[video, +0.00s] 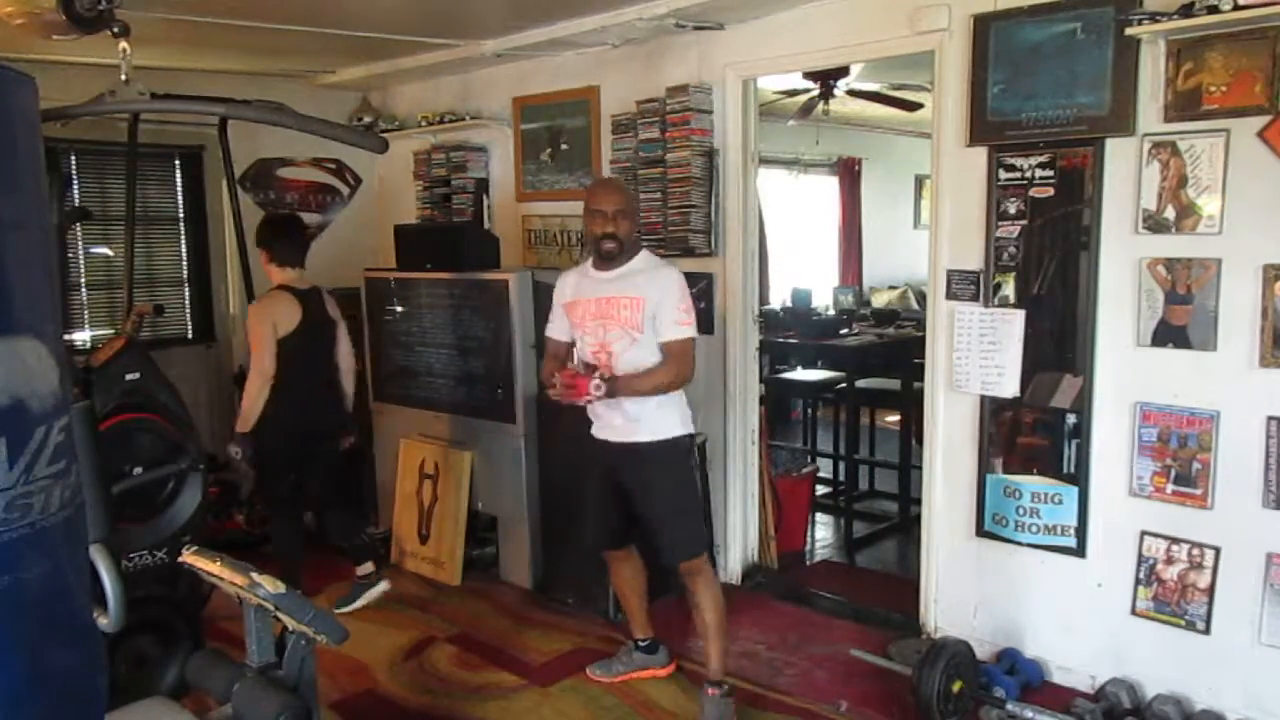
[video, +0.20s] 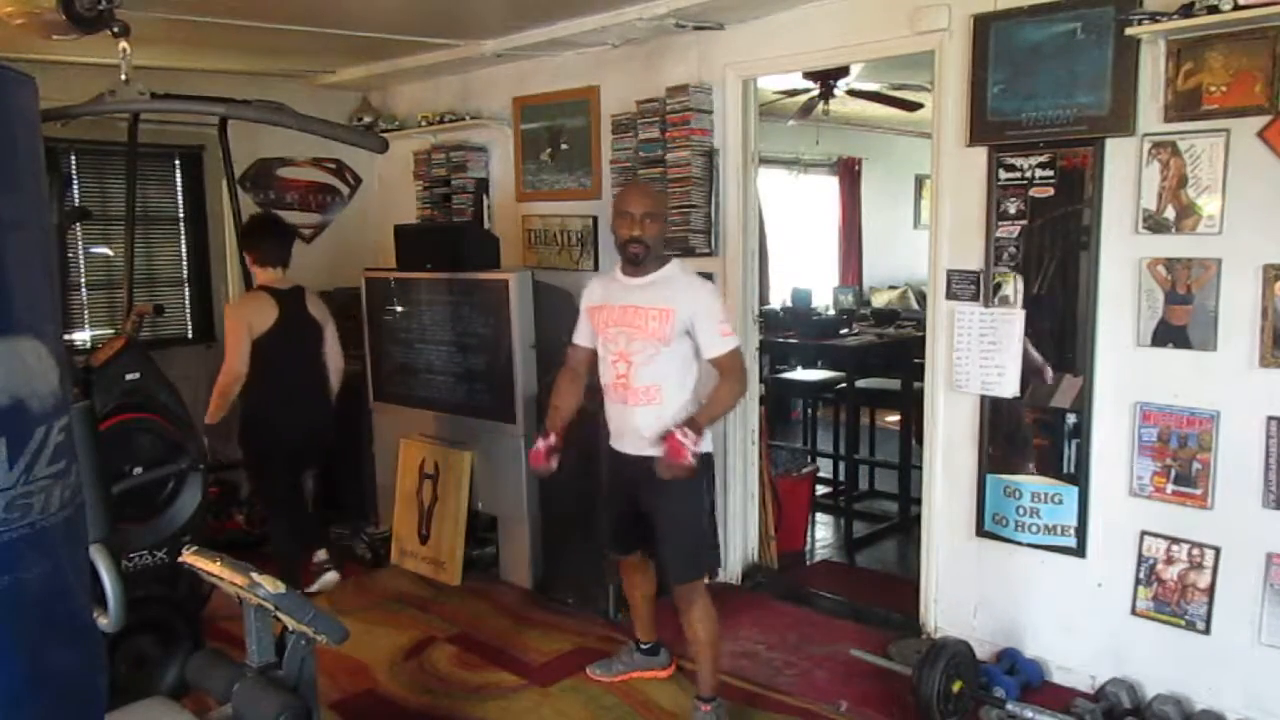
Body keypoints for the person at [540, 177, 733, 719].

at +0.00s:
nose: (607, 225)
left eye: (619, 215)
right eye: (597, 215)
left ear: (638, 221)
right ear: (584, 223)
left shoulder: (664, 280)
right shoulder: (569, 285)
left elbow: (681, 369)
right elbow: (553, 358)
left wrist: (615, 386)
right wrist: (555, 380)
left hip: (663, 442)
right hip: (603, 443)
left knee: (691, 562)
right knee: (616, 548)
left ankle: (717, 683)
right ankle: (644, 645)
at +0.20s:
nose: (635, 230)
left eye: (648, 219)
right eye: (625, 218)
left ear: (668, 226)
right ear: (612, 224)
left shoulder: (695, 293)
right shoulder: (597, 292)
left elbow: (734, 378)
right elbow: (574, 370)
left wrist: (690, 430)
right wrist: (552, 430)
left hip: (678, 459)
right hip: (621, 457)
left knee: (688, 584)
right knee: (631, 557)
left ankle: (708, 701)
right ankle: (647, 648)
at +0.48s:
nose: (658, 217)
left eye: (670, 203)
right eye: (647, 208)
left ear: (699, 207)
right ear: (638, 218)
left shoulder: (743, 284)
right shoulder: (628, 285)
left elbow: (765, 379)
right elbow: (621, 357)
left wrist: (709, 353)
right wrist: (624, 404)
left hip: (710, 463)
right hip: (637, 457)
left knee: (714, 593)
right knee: (614, 575)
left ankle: (712, 706)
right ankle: (644, 644)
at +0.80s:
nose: (675, 223)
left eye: (686, 209)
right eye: (661, 215)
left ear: (711, 210)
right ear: (648, 225)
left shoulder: (752, 285)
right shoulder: (629, 290)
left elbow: (767, 380)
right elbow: (612, 382)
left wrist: (720, 301)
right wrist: (598, 475)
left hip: (723, 481)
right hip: (644, 478)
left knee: (720, 612)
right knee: (640, 617)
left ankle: (713, 708)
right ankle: (641, 714)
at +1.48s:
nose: (634, 220)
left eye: (646, 202)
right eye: (617, 210)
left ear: (675, 206)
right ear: (604, 223)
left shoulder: (727, 298)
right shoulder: (574, 308)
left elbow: (747, 408)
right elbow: (566, 433)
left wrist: (692, 303)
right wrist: (607, 536)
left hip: (710, 532)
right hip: (615, 537)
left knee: (738, 699)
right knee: (619, 697)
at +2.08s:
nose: (657, 218)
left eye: (676, 196)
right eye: (654, 202)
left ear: (739, 202)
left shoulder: (809, 315)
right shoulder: (655, 309)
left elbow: (769, 456)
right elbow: (638, 432)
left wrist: (716, 321)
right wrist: (583, 544)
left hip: (745, 598)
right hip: (641, 583)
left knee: (745, 709)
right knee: (608, 709)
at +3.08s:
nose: (629, 246)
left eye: (640, 227)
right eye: (620, 233)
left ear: (686, 216)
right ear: (615, 235)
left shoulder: (760, 295)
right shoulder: (634, 309)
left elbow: (801, 417)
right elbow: (624, 415)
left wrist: (713, 384)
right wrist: (581, 511)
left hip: (737, 534)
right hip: (649, 528)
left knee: (761, 702)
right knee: (640, 689)